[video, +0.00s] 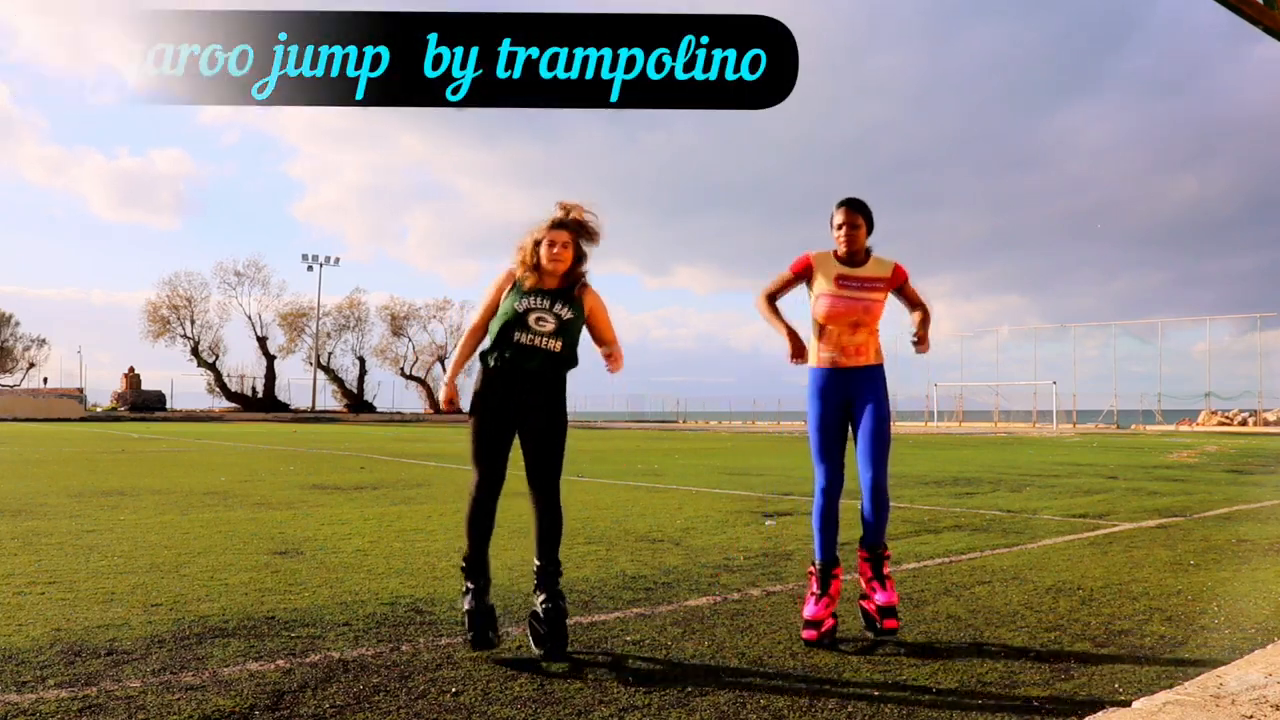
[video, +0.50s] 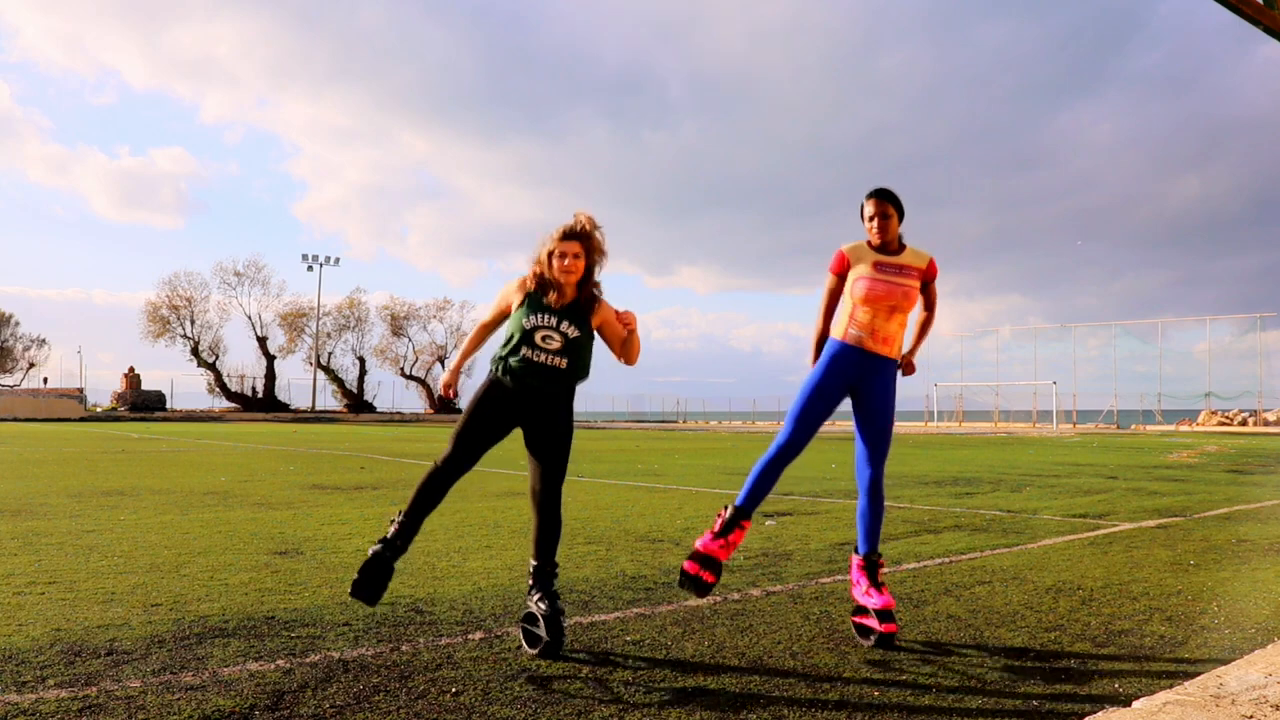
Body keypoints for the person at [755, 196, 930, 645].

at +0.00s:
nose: (846, 233)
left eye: (854, 226)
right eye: (839, 226)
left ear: (869, 231)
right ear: (831, 231)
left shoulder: (888, 272)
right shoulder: (814, 264)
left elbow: (920, 308)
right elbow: (765, 298)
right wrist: (789, 333)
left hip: (870, 382)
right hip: (825, 382)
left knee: (874, 484)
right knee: (828, 485)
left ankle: (874, 570)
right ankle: (824, 582)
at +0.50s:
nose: (877, 224)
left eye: (885, 216)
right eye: (871, 218)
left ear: (900, 220)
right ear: (864, 223)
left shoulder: (922, 265)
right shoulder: (850, 256)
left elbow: (929, 309)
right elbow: (828, 307)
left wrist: (911, 351)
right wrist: (816, 356)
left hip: (882, 371)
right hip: (838, 359)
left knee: (872, 477)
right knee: (788, 443)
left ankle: (867, 570)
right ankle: (731, 525)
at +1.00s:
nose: (857, 210)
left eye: (865, 204)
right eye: (851, 203)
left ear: (876, 210)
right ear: (839, 206)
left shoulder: (895, 245)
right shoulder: (820, 247)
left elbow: (923, 293)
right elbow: (796, 305)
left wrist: (927, 350)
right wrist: (829, 297)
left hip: (880, 354)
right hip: (835, 355)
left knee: (897, 458)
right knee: (833, 459)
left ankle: (906, 554)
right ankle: (829, 560)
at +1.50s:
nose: (836, 218)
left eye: (843, 211)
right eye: (830, 210)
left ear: (852, 215)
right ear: (814, 212)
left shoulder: (871, 248)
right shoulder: (799, 257)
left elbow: (891, 307)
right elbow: (795, 320)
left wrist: (902, 359)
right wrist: (817, 260)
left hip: (886, 353)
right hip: (841, 364)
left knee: (951, 437)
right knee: (851, 467)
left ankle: (1014, 512)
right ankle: (856, 569)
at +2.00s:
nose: (886, 221)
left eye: (893, 213)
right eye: (878, 215)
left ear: (907, 213)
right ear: (869, 217)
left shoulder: (929, 255)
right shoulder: (856, 253)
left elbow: (941, 318)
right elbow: (825, 312)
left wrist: (903, 300)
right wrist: (798, 366)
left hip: (906, 365)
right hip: (860, 360)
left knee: (908, 470)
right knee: (825, 453)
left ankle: (904, 568)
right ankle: (787, 545)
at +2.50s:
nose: (918, 222)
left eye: (925, 215)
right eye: (912, 216)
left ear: (940, 220)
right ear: (904, 224)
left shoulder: (961, 269)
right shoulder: (889, 262)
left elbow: (966, 332)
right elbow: (865, 327)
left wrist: (942, 324)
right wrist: (839, 379)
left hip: (921, 375)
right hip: (877, 364)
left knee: (916, 477)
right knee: (819, 444)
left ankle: (908, 574)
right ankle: (750, 518)